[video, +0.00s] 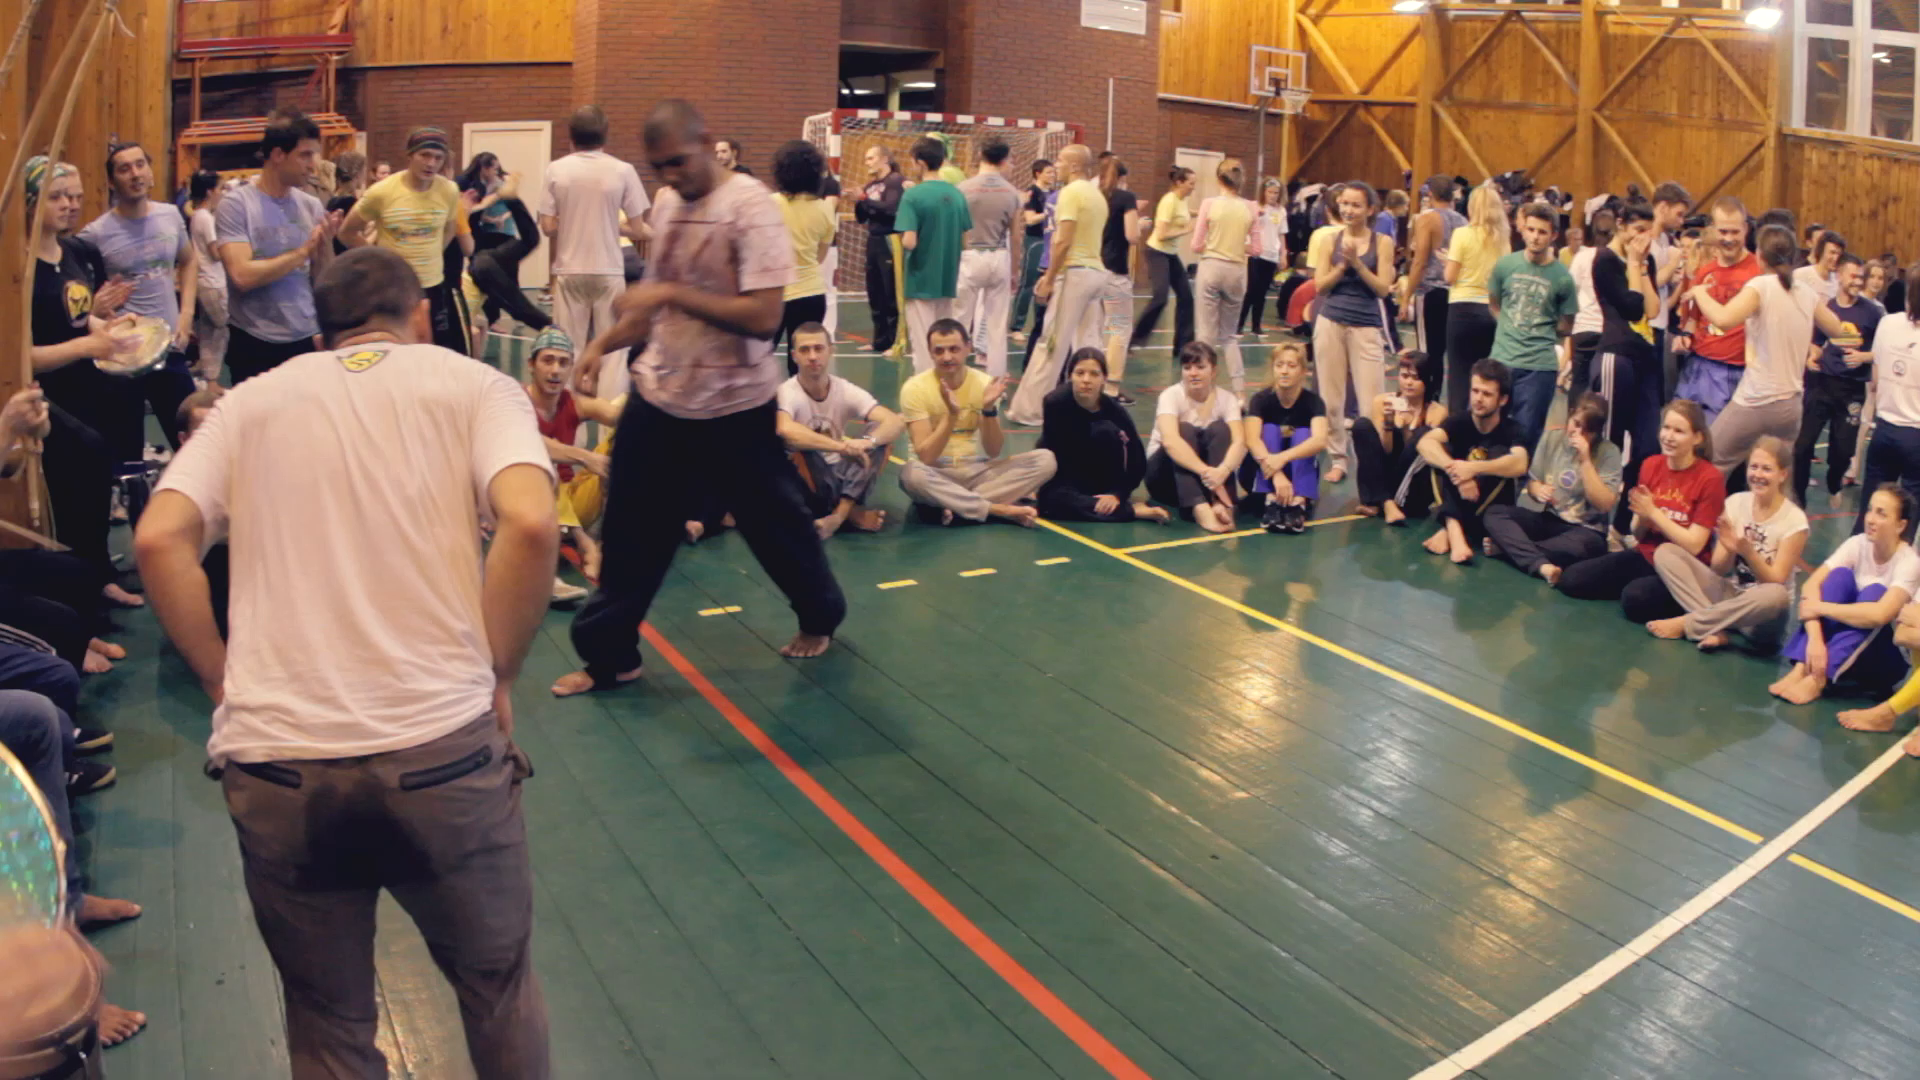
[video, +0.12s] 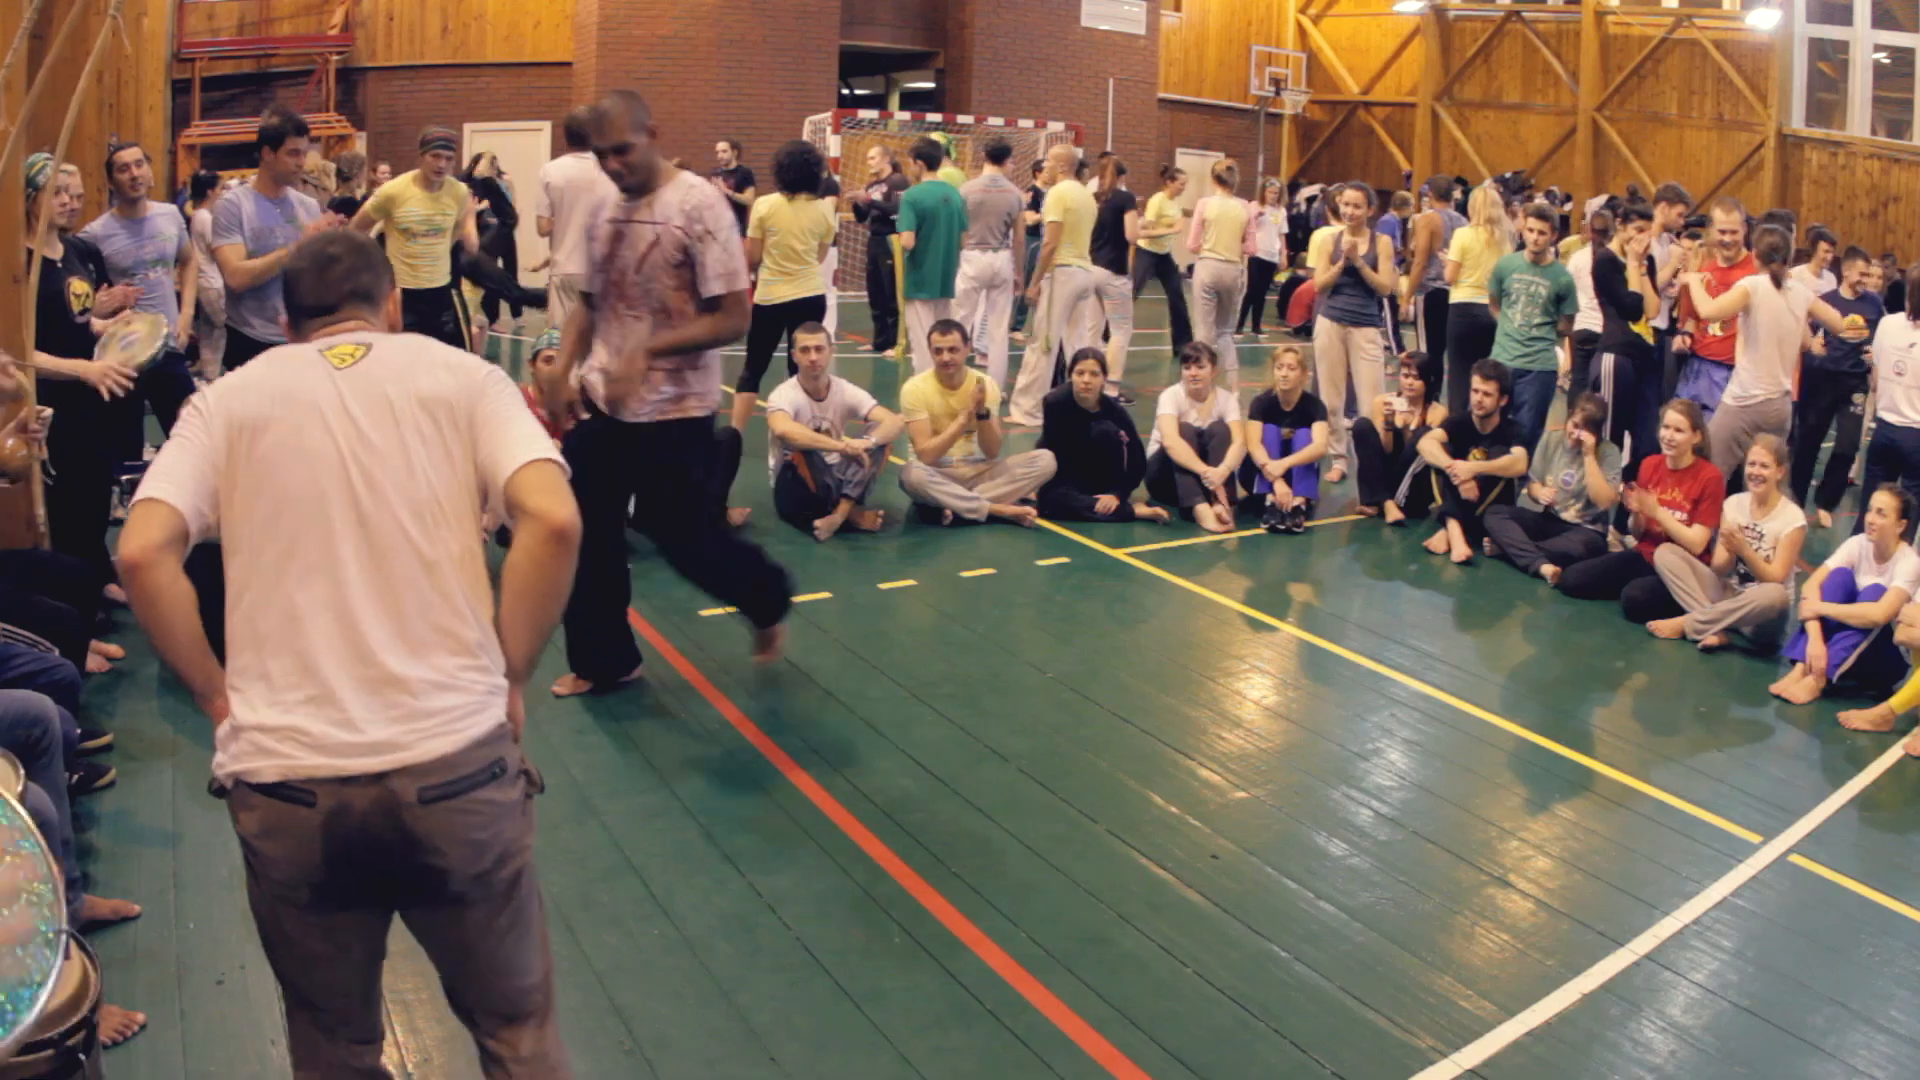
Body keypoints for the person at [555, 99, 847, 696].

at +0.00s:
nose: (668, 178)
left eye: (677, 164)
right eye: (659, 167)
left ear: (709, 145)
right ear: (653, 162)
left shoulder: (753, 207)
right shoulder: (667, 207)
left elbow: (765, 316)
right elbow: (655, 304)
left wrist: (670, 292)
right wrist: (601, 345)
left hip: (735, 407)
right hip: (659, 402)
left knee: (771, 518)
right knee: (631, 529)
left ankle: (821, 613)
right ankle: (612, 656)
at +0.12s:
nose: (614, 166)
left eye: (623, 151)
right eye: (604, 156)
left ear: (654, 136)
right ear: (595, 154)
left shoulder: (701, 204)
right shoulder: (604, 207)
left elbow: (735, 317)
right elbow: (587, 303)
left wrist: (648, 346)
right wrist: (565, 368)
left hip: (679, 410)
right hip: (606, 407)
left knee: (677, 531)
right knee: (590, 536)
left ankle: (767, 596)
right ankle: (606, 660)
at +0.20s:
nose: (586, 149)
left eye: (596, 134)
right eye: (574, 138)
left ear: (628, 124)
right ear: (564, 138)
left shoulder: (676, 198)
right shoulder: (564, 197)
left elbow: (721, 303)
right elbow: (550, 292)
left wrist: (648, 348)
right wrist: (535, 362)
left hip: (651, 403)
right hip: (580, 401)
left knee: (635, 535)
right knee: (586, 537)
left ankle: (697, 619)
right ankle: (603, 663)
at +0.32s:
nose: (558, 137)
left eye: (570, 123)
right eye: (545, 125)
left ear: (596, 119)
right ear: (531, 126)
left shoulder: (643, 194)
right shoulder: (506, 199)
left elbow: (698, 284)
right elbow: (490, 294)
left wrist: (636, 352)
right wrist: (499, 373)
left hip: (615, 392)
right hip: (535, 392)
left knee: (602, 527)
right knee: (545, 527)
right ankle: (592, 642)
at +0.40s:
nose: (536, 143)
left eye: (549, 129)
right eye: (523, 130)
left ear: (576, 130)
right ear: (507, 132)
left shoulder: (615, 198)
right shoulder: (477, 203)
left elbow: (674, 287)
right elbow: (449, 291)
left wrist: (621, 362)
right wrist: (464, 366)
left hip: (581, 393)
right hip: (497, 388)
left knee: (582, 537)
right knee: (501, 528)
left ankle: (594, 661)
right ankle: (505, 661)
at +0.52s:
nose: (506, 148)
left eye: (520, 135)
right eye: (492, 134)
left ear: (542, 136)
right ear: (474, 136)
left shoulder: (581, 218)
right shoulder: (435, 214)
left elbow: (615, 322)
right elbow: (407, 323)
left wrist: (574, 403)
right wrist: (414, 409)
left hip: (546, 417)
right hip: (453, 413)